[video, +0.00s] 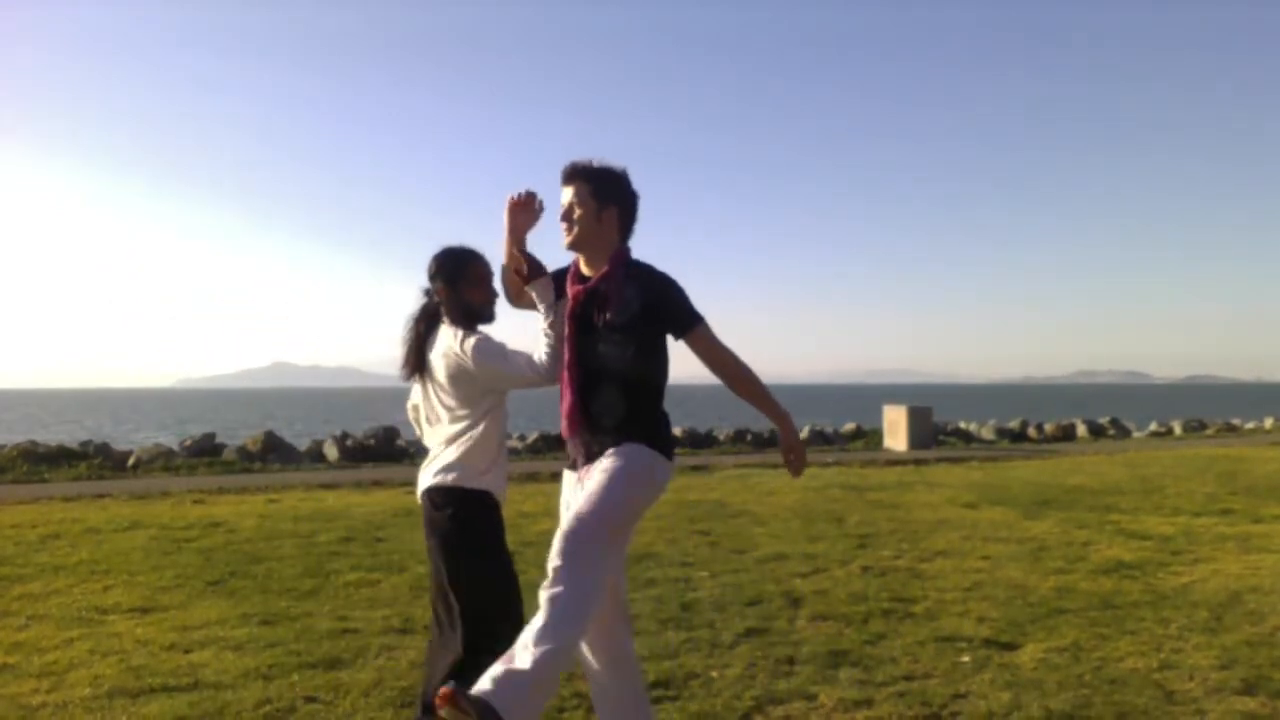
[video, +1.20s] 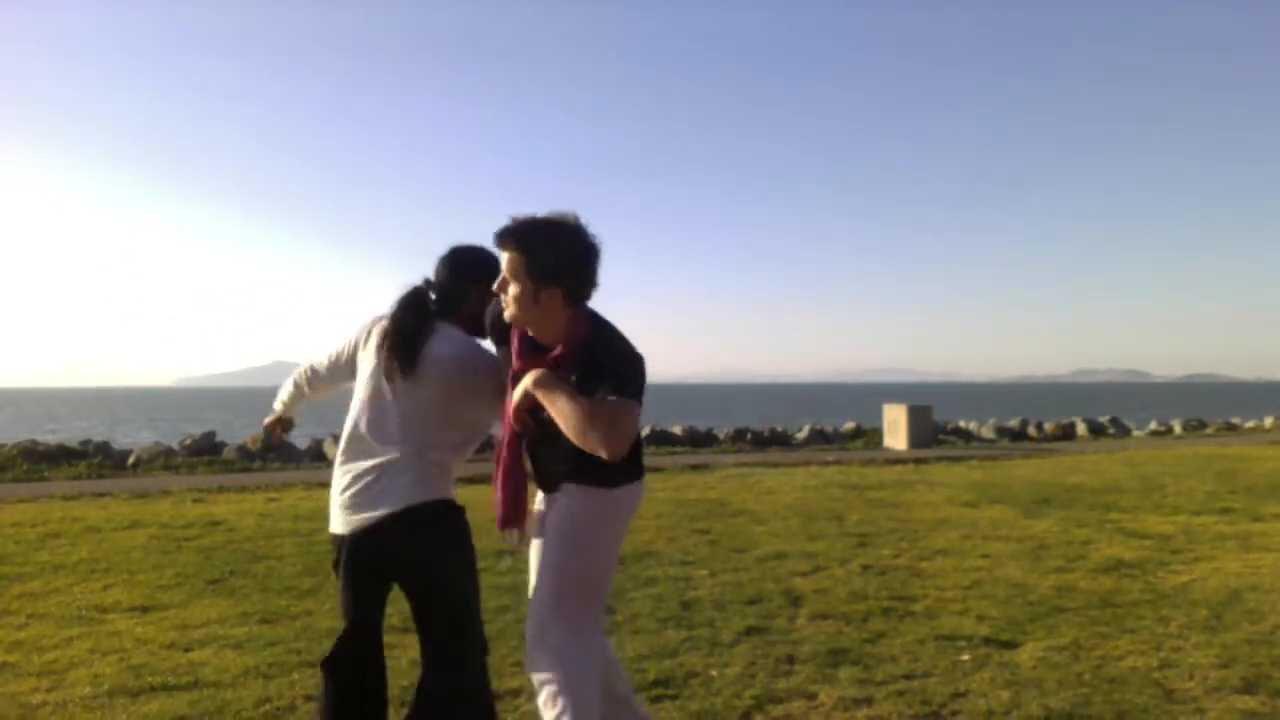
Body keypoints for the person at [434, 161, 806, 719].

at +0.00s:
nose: (562, 218)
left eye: (573, 209)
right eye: (562, 210)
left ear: (612, 216)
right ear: (573, 218)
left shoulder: (650, 287)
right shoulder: (565, 283)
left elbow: (718, 360)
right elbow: (518, 290)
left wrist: (784, 423)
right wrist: (515, 238)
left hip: (635, 452)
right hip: (580, 460)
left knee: (574, 551)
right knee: (600, 612)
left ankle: (500, 700)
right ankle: (626, 714)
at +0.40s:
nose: (573, 222)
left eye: (584, 213)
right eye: (573, 212)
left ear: (622, 222)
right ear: (592, 221)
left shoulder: (653, 299)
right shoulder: (567, 278)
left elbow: (742, 375)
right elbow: (502, 285)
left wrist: (755, 451)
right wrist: (467, 293)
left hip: (618, 464)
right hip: (572, 461)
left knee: (515, 566)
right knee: (590, 616)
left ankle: (466, 712)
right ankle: (625, 714)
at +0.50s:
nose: (576, 224)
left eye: (588, 215)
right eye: (577, 214)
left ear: (627, 225)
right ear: (588, 221)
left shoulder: (651, 302)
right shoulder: (571, 278)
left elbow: (734, 383)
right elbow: (492, 290)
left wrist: (709, 446)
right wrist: (458, 322)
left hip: (610, 467)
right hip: (569, 463)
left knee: (515, 581)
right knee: (587, 614)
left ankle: (504, 713)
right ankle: (624, 714)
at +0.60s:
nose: (579, 225)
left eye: (590, 216)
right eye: (578, 215)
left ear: (630, 226)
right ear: (582, 219)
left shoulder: (649, 304)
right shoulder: (566, 277)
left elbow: (718, 386)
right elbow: (483, 302)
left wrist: (657, 422)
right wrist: (457, 355)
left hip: (600, 471)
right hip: (560, 469)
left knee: (521, 598)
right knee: (591, 626)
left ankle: (535, 713)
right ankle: (624, 714)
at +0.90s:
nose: (561, 228)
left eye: (575, 221)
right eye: (562, 218)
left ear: (616, 239)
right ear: (561, 225)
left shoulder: (631, 310)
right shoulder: (533, 282)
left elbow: (687, 382)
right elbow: (474, 328)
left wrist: (598, 358)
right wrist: (490, 409)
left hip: (591, 479)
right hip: (537, 474)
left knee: (535, 628)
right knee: (591, 625)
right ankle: (625, 714)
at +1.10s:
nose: (523, 264)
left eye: (536, 255)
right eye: (527, 252)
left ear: (580, 269)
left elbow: (648, 411)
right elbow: (508, 382)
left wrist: (572, 367)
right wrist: (503, 442)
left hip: (594, 487)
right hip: (538, 481)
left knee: (552, 631)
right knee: (577, 628)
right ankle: (623, 712)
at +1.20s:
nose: (499, 288)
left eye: (510, 279)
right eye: (502, 276)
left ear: (553, 295)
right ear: (542, 295)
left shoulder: (611, 354)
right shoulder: (523, 338)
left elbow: (611, 442)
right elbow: (521, 421)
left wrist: (542, 384)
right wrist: (516, 497)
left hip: (595, 492)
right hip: (552, 488)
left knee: (553, 637)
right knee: (572, 631)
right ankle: (621, 711)